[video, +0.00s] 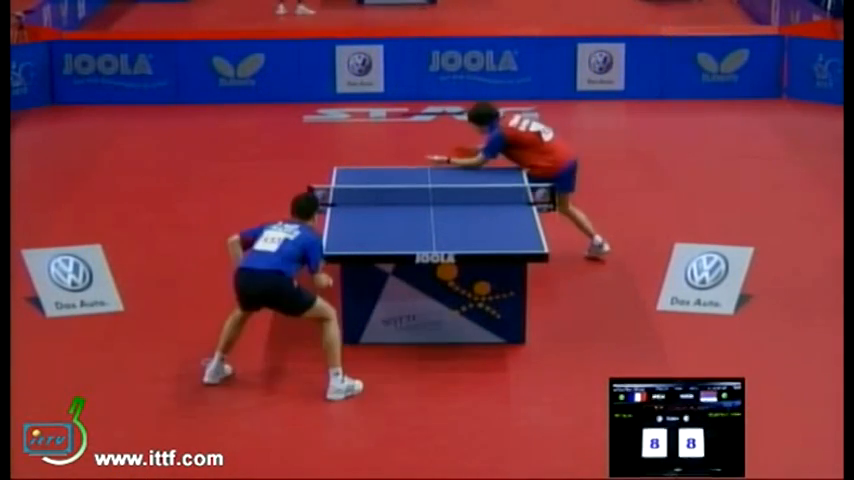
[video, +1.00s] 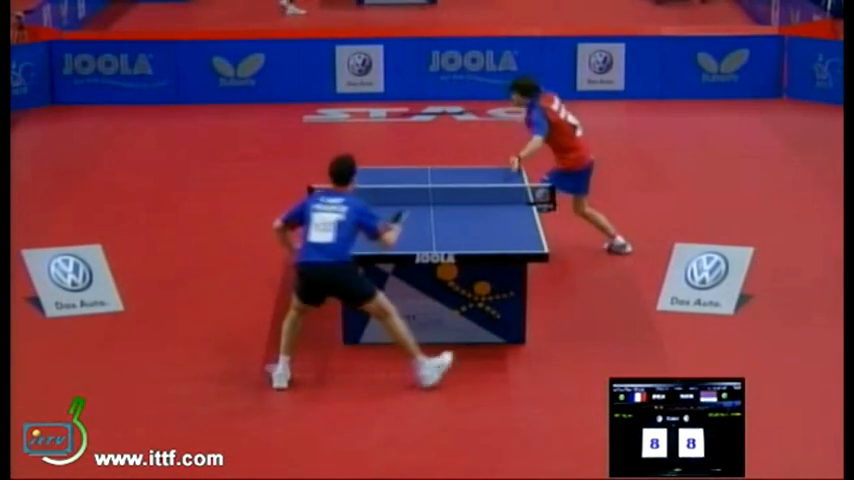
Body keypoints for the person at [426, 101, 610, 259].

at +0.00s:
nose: (475, 128)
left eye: (475, 124)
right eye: (474, 124)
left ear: (483, 123)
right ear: (493, 113)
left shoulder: (500, 135)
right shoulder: (511, 118)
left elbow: (479, 161)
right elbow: (490, 148)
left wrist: (449, 161)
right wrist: (470, 154)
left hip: (546, 170)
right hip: (567, 163)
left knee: (515, 200)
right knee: (564, 206)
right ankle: (598, 241)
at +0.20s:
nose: (480, 124)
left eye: (480, 120)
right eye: (479, 120)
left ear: (488, 120)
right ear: (499, 111)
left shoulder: (504, 133)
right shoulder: (518, 118)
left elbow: (481, 160)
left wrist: (450, 161)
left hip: (550, 173)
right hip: (568, 165)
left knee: (515, 202)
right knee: (563, 207)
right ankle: (605, 234)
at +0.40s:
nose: (497, 115)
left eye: (498, 111)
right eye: (497, 111)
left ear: (507, 111)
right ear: (517, 107)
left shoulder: (518, 127)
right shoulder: (531, 115)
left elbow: (488, 146)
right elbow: (497, 135)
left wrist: (458, 143)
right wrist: (470, 137)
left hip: (557, 179)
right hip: (569, 171)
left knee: (517, 204)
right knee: (569, 215)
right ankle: (612, 238)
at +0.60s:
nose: (516, 107)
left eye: (518, 103)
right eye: (516, 103)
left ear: (527, 105)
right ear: (537, 101)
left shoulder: (535, 120)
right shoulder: (551, 114)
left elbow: (500, 128)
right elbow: (521, 119)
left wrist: (474, 113)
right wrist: (504, 113)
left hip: (561, 182)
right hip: (580, 178)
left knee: (516, 196)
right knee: (573, 217)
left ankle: (522, 244)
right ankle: (615, 242)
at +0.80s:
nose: (524, 99)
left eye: (526, 95)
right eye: (524, 95)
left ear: (535, 96)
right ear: (546, 92)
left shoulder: (544, 112)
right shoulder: (560, 103)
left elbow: (525, 137)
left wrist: (493, 141)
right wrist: (528, 108)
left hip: (569, 173)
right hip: (590, 168)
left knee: (531, 197)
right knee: (579, 210)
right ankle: (617, 241)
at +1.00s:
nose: (512, 100)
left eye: (514, 96)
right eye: (512, 96)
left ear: (524, 96)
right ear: (532, 92)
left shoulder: (537, 111)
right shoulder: (548, 98)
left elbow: (538, 139)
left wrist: (519, 157)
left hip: (572, 166)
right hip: (584, 160)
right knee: (581, 208)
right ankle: (617, 239)